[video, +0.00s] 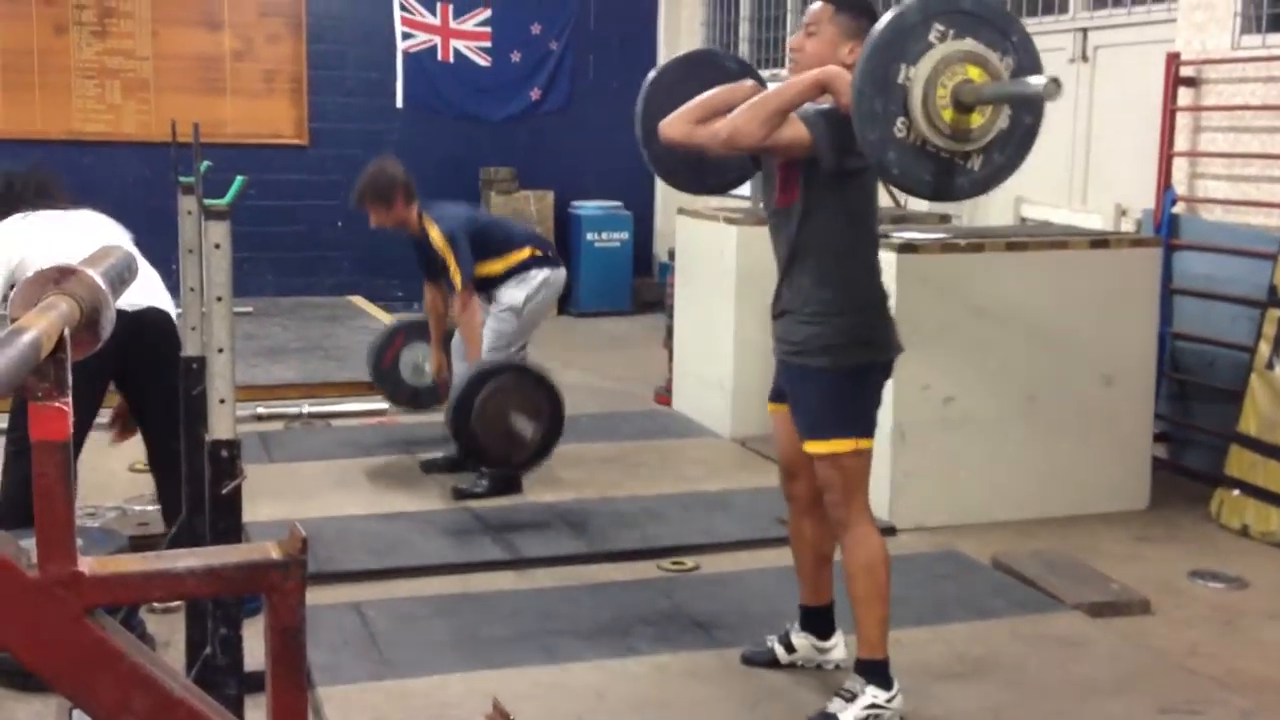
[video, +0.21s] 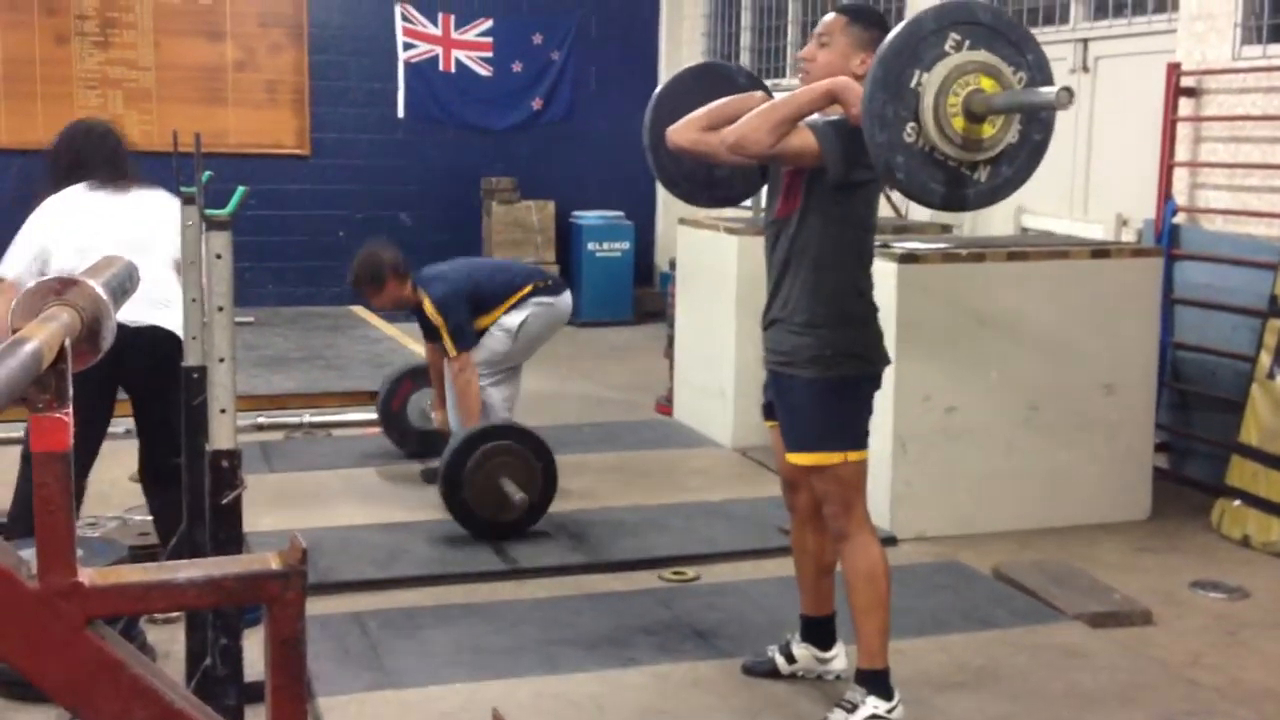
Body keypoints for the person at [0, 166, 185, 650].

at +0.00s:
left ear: (11, 206)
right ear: (53, 197)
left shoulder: (8, 229)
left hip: (66, 330)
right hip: (151, 320)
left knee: (39, 458)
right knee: (175, 457)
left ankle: (19, 568)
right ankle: (202, 572)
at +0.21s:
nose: (52, 170)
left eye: (56, 162)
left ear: (64, 163)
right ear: (122, 158)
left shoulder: (52, 208)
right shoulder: (166, 202)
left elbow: (12, 285)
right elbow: (198, 272)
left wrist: (14, 355)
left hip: (81, 336)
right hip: (162, 335)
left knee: (62, 449)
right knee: (168, 459)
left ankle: (23, 551)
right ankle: (193, 573)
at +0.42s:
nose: (111, 145)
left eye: (116, 136)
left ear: (123, 140)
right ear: (183, 140)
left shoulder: (101, 188)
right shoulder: (214, 193)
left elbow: (74, 272)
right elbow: (231, 272)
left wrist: (54, 332)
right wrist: (214, 321)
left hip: (110, 331)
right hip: (180, 332)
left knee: (79, 442)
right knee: (184, 451)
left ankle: (41, 540)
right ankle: (202, 556)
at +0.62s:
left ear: (128, 156)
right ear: (181, 160)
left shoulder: (104, 203)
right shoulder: (205, 211)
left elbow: (77, 275)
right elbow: (225, 276)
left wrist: (73, 343)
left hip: (115, 338)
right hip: (177, 341)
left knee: (103, 389)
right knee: (175, 429)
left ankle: (116, 471)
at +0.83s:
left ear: (99, 153)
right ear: (152, 151)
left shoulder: (83, 198)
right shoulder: (183, 198)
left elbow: (60, 266)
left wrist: (60, 329)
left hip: (106, 332)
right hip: (168, 332)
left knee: (98, 416)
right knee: (166, 422)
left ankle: (96, 501)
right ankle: (193, 517)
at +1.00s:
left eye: (68, 157)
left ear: (72, 160)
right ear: (124, 153)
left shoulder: (59, 210)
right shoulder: (156, 201)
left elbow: (41, 289)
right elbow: (182, 267)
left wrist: (43, 340)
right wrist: (198, 317)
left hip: (84, 338)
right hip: (146, 335)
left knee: (87, 424)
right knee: (150, 407)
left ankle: (94, 509)